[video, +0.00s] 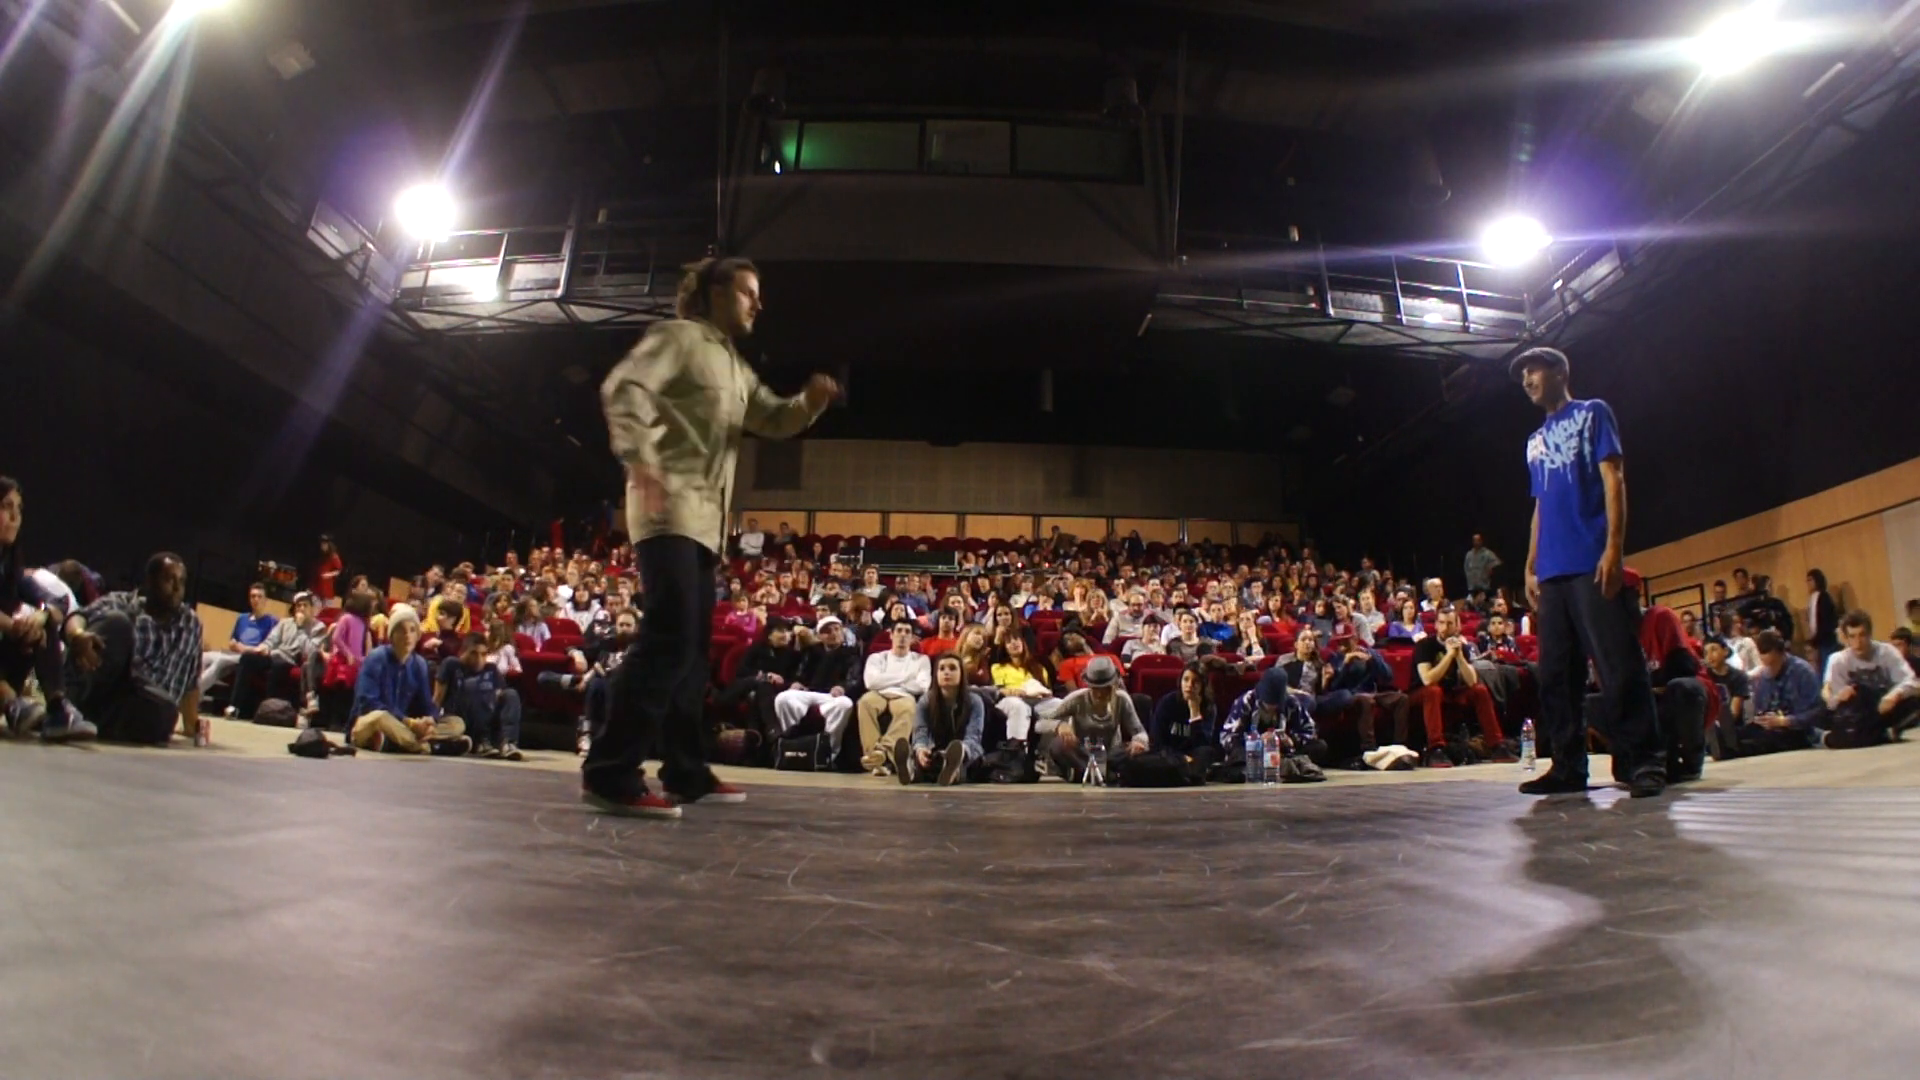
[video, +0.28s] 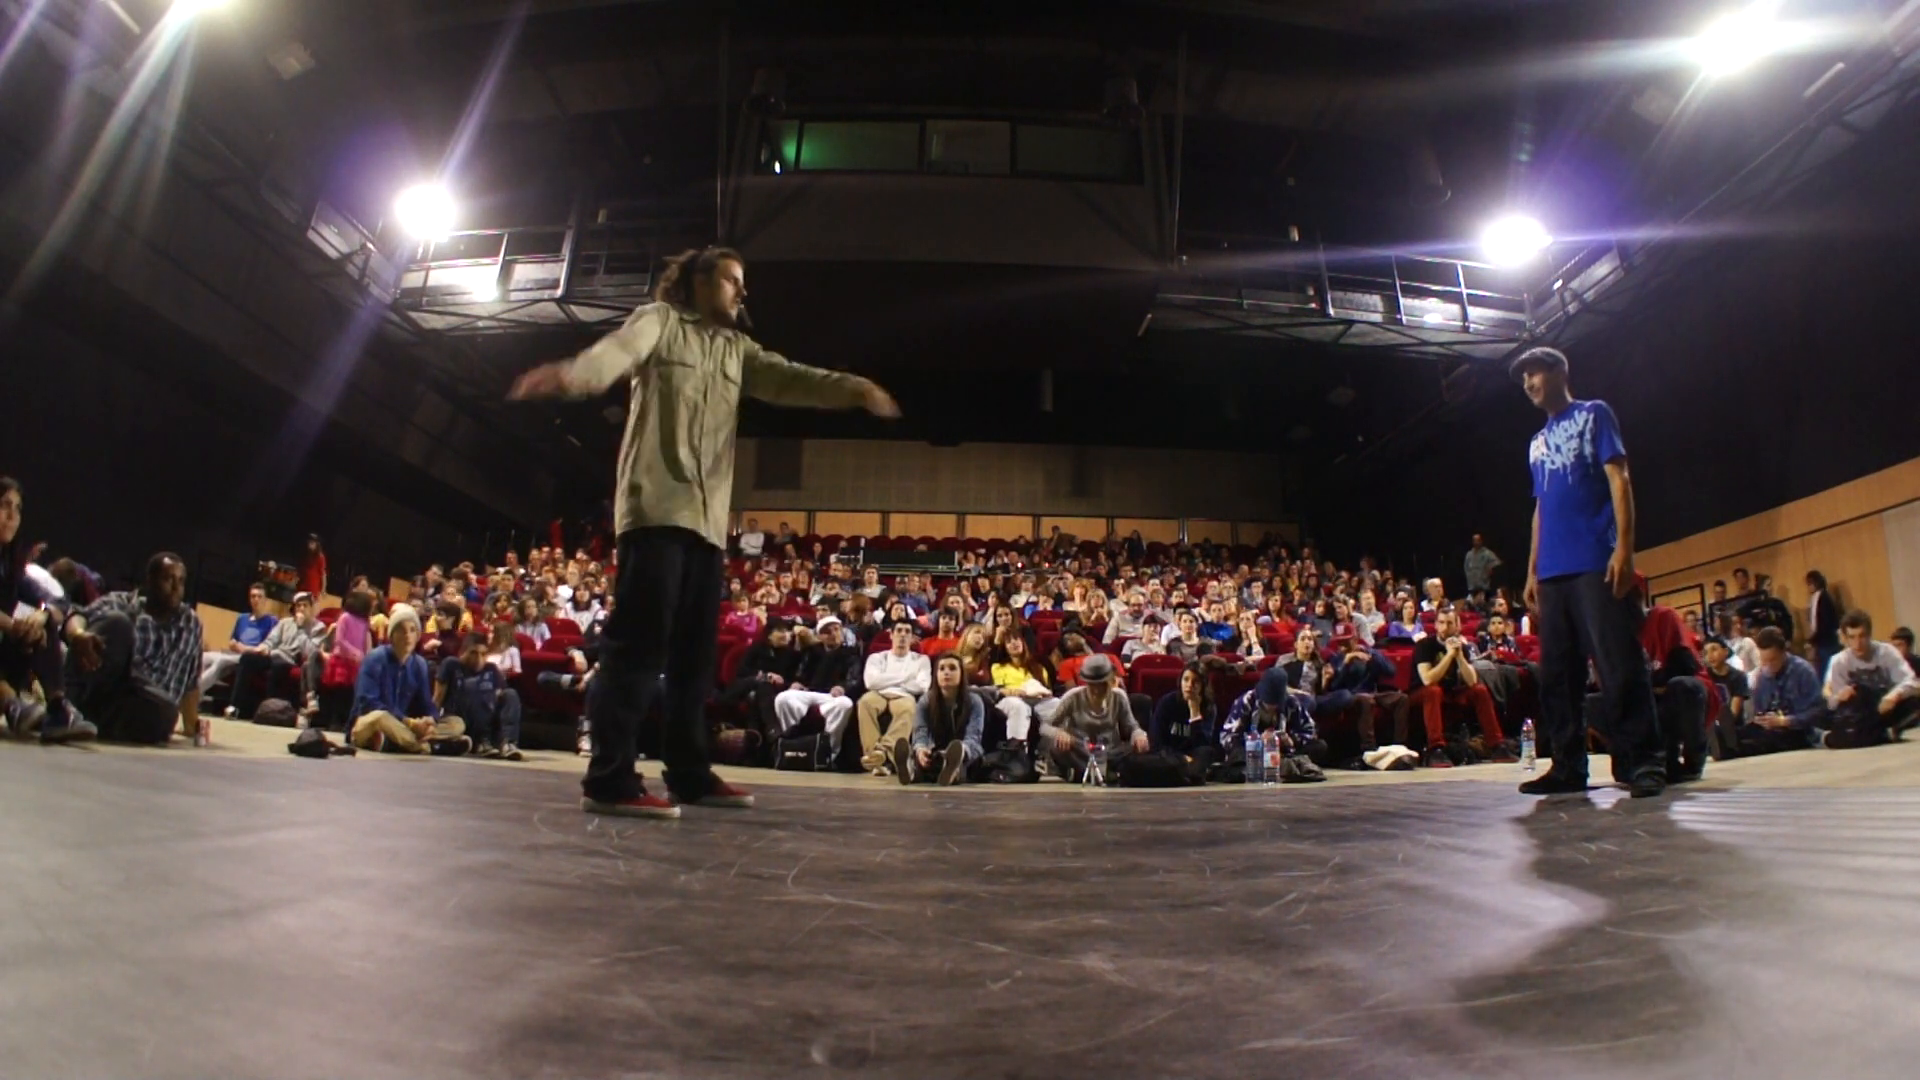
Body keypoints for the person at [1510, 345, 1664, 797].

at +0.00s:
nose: (1527, 380)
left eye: (1534, 370)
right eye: (1523, 376)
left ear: (1560, 373)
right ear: (1526, 386)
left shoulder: (1593, 412)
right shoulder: (1534, 442)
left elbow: (1614, 481)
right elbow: (1540, 506)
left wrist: (1614, 549)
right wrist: (1531, 566)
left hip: (1591, 565)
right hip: (1550, 574)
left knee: (1621, 669)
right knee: (1557, 674)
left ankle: (1644, 764)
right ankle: (1568, 767)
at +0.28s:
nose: (1528, 383)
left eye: (1534, 372)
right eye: (1524, 378)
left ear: (1560, 372)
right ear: (1526, 388)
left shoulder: (1593, 414)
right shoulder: (1536, 444)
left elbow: (1619, 480)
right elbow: (1541, 509)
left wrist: (1624, 548)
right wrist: (1533, 572)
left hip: (1596, 566)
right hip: (1552, 575)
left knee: (1621, 669)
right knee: (1558, 674)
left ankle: (1644, 764)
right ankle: (1568, 767)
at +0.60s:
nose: (1541, 374)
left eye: (1548, 364)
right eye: (1538, 368)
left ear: (1575, 366)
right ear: (1540, 378)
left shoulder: (1608, 411)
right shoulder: (1545, 434)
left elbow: (1633, 476)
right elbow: (1547, 500)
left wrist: (1643, 545)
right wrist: (1538, 562)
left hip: (1609, 558)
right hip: (1563, 566)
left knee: (1627, 661)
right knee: (1568, 667)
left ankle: (1645, 764)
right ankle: (1568, 766)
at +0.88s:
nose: (1548, 367)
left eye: (1555, 358)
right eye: (1545, 362)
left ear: (1583, 359)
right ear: (1547, 372)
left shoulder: (1615, 399)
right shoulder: (1559, 429)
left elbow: (1642, 466)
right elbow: (1566, 493)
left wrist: (1650, 539)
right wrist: (1556, 551)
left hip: (1626, 554)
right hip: (1584, 561)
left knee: (1641, 662)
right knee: (1580, 665)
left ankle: (1649, 764)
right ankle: (1568, 768)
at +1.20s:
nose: (1548, 373)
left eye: (1555, 362)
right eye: (1545, 367)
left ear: (1581, 363)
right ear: (1547, 376)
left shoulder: (1614, 404)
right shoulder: (1563, 428)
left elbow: (1642, 471)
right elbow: (1573, 496)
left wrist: (1641, 539)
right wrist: (1568, 559)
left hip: (1624, 552)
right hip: (1586, 559)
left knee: (1638, 659)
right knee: (1597, 662)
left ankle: (1650, 761)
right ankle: (1613, 761)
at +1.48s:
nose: (1541, 370)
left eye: (1551, 363)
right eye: (1539, 367)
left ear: (1577, 371)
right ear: (1542, 383)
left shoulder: (1610, 405)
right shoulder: (1546, 441)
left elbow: (1641, 468)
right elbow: (1556, 507)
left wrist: (1650, 535)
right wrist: (1555, 573)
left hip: (1625, 550)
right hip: (1585, 561)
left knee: (1628, 651)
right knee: (1595, 661)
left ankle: (1649, 760)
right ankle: (1614, 762)